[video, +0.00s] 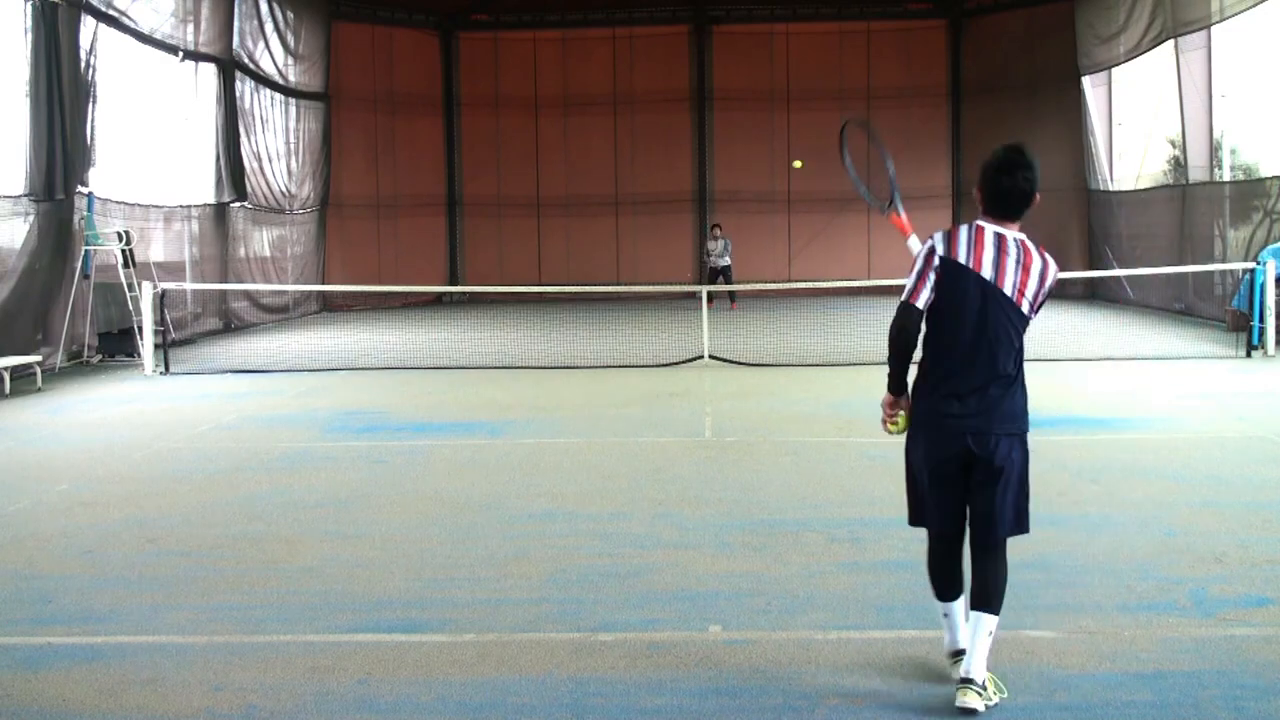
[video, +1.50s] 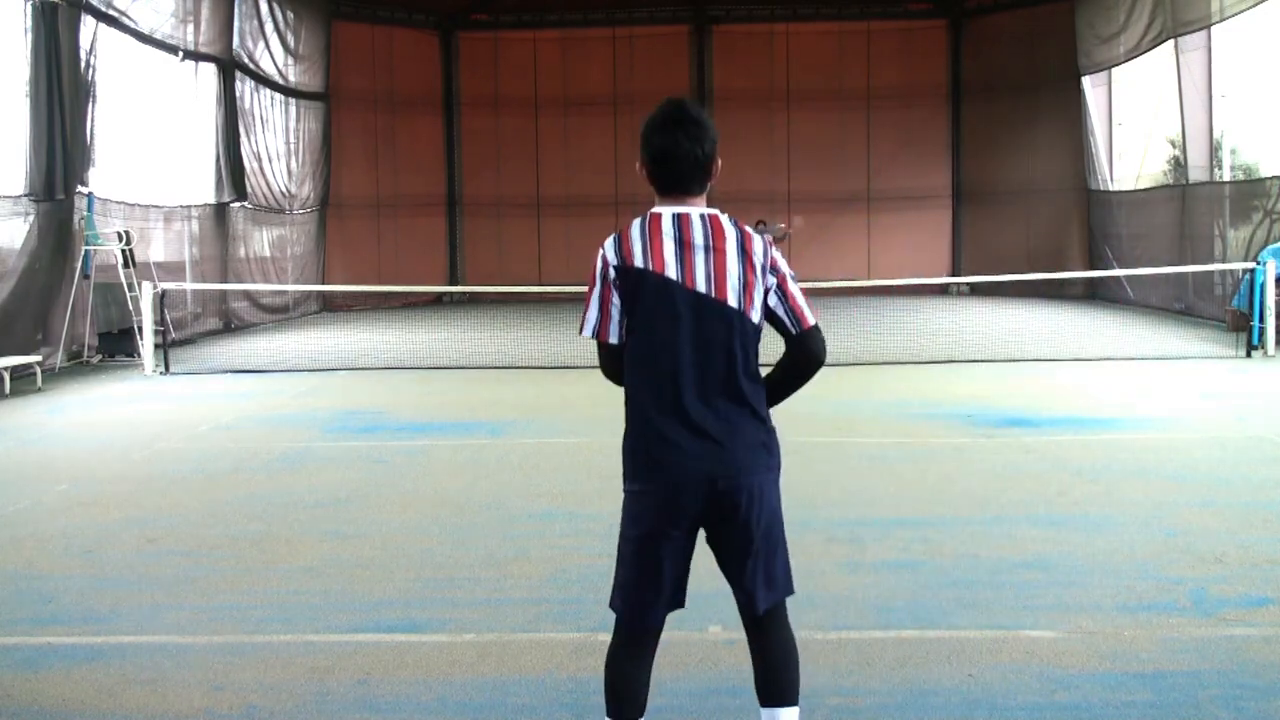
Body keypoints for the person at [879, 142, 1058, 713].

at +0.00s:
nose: (986, 195)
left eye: (984, 186)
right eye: (1028, 194)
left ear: (978, 193)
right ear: (1033, 203)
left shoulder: (940, 245)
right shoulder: (1042, 268)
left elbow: (905, 325)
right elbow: (1003, 314)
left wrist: (895, 388)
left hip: (937, 421)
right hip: (1000, 424)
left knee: (944, 532)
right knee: (991, 541)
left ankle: (957, 639)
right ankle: (974, 675)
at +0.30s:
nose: (940, 196)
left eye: (904, 188)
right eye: (945, 188)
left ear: (895, 197)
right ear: (952, 197)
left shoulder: (877, 262)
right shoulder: (982, 266)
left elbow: (859, 361)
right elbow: (1019, 349)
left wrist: (860, 427)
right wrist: (998, 406)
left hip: (894, 443)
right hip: (961, 443)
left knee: (855, 560)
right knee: (965, 555)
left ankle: (846, 685)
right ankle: (971, 681)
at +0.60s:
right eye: (845, 189)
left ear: (790, 201)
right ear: (851, 198)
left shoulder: (772, 276)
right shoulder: (889, 262)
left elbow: (765, 380)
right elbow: (951, 339)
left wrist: (786, 452)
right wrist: (944, 403)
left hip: (810, 458)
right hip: (885, 453)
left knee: (808, 593)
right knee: (914, 576)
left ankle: (816, 713)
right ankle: (932, 706)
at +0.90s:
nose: (773, 190)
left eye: (763, 181)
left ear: (757, 189)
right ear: (821, 189)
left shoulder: (737, 260)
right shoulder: (861, 262)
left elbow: (712, 361)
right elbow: (906, 355)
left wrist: (720, 407)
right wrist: (861, 409)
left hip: (759, 462)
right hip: (835, 463)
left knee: (735, 604)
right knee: (824, 612)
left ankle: (716, 713)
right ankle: (812, 717)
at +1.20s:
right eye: (750, 162)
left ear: (686, 173)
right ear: (753, 173)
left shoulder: (656, 252)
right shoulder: (788, 249)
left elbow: (648, 362)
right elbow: (832, 348)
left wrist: (702, 370)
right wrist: (784, 384)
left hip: (693, 457)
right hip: (774, 456)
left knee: (661, 610)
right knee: (791, 607)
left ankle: (634, 717)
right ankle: (808, 717)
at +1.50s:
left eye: (648, 160)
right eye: (714, 157)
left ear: (644, 171)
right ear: (716, 168)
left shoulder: (620, 250)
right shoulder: (754, 247)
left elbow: (614, 364)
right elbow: (811, 347)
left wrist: (671, 381)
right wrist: (757, 398)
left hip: (658, 463)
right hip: (744, 460)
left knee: (637, 621)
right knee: (766, 611)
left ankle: (622, 717)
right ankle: (782, 717)